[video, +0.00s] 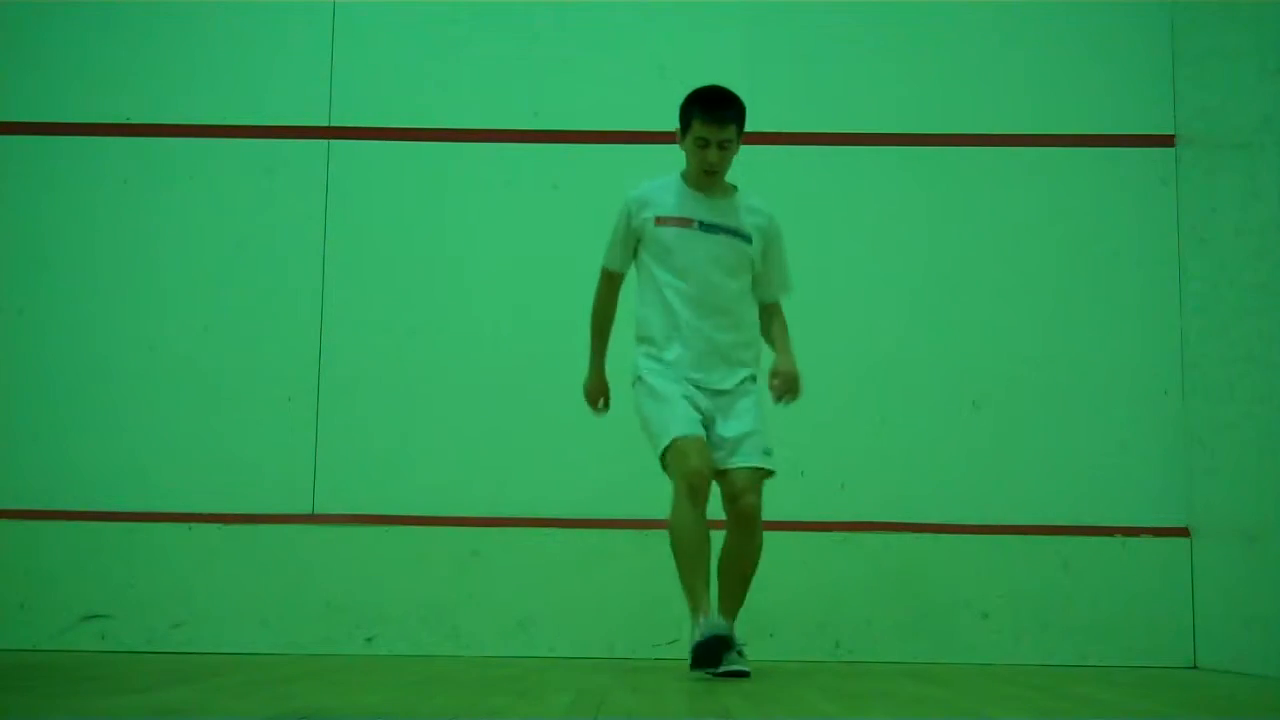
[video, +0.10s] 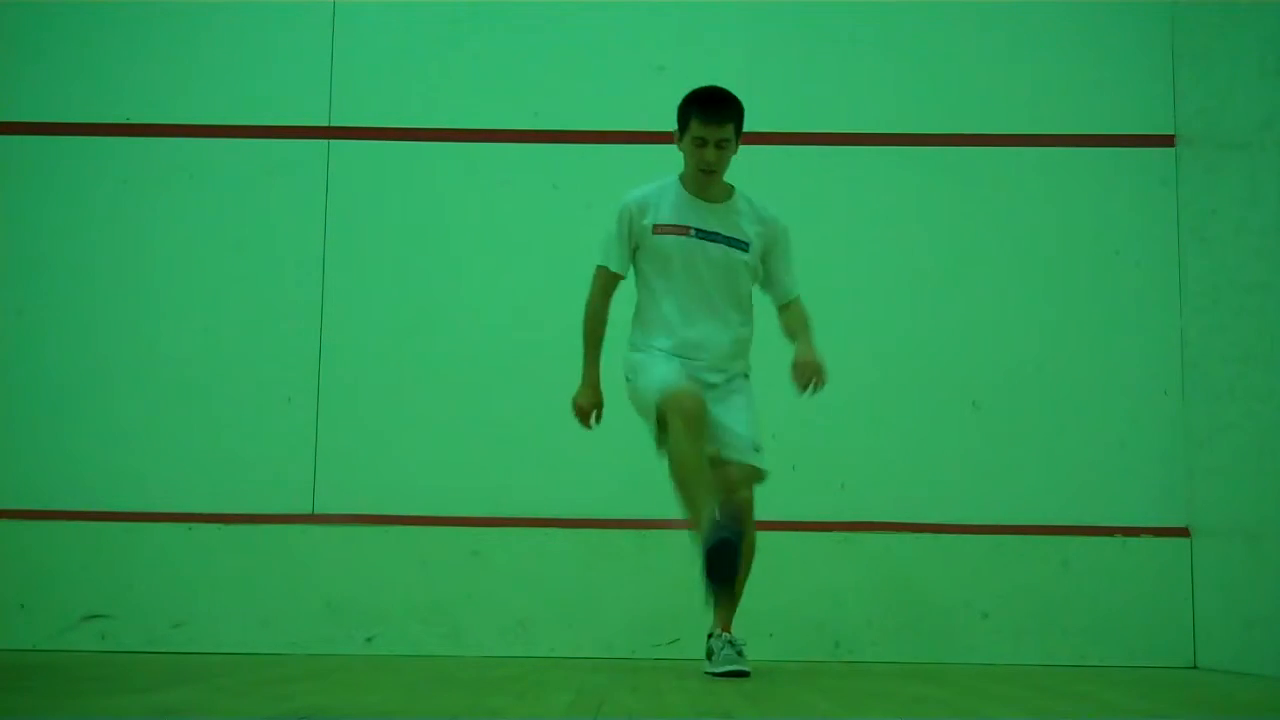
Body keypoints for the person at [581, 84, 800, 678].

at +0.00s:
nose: (713, 158)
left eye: (725, 146)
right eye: (702, 144)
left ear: (739, 145)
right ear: (681, 140)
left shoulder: (759, 222)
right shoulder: (644, 204)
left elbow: (770, 304)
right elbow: (608, 284)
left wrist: (784, 356)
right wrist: (596, 366)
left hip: (737, 380)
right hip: (664, 373)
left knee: (747, 498)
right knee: (695, 472)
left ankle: (724, 635)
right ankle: (703, 624)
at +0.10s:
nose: (709, 155)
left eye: (721, 144)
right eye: (699, 143)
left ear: (736, 145)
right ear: (680, 140)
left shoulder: (763, 226)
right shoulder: (641, 207)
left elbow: (787, 298)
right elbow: (602, 288)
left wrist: (805, 346)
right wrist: (589, 376)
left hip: (727, 373)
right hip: (657, 358)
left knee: (737, 497)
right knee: (686, 405)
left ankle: (722, 634)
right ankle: (710, 536)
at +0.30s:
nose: (694, 121)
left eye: (705, 111)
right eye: (683, 109)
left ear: (718, 115)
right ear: (660, 110)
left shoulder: (743, 194)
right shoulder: (622, 181)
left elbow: (777, 266)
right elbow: (591, 264)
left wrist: (793, 305)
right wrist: (590, 354)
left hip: (715, 349)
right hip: (648, 334)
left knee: (720, 496)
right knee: (629, 360)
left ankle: (721, 632)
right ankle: (672, 510)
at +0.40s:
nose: (680, 114)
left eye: (692, 104)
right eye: (670, 102)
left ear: (705, 110)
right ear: (649, 104)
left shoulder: (734, 191)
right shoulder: (609, 181)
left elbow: (760, 268)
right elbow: (584, 264)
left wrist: (770, 321)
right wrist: (582, 344)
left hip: (704, 362)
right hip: (630, 356)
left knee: (715, 497)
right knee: (606, 453)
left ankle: (721, 631)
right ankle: (637, 592)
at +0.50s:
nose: (665, 121)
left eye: (678, 110)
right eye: (656, 108)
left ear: (692, 116)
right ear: (635, 110)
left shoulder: (720, 198)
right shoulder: (594, 186)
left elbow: (742, 284)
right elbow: (564, 267)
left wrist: (753, 351)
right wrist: (554, 349)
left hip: (689, 372)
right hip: (613, 372)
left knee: (700, 495)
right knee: (599, 497)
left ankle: (716, 625)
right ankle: (636, 629)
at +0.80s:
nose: (636, 127)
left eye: (647, 115)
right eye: (625, 113)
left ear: (658, 112)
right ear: (598, 104)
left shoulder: (672, 182)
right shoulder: (553, 151)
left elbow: (718, 262)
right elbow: (478, 188)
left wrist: (727, 332)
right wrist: (440, 269)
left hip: (640, 344)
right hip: (573, 346)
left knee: (605, 459)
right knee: (544, 465)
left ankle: (578, 621)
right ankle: (640, 576)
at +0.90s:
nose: (623, 169)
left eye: (634, 158)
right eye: (612, 154)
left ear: (645, 152)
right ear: (585, 141)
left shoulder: (653, 229)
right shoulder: (544, 184)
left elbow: (696, 305)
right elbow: (455, 198)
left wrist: (710, 397)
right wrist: (381, 253)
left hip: (625, 382)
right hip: (561, 381)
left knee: (562, 484)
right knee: (519, 494)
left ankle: (567, 638)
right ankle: (635, 593)